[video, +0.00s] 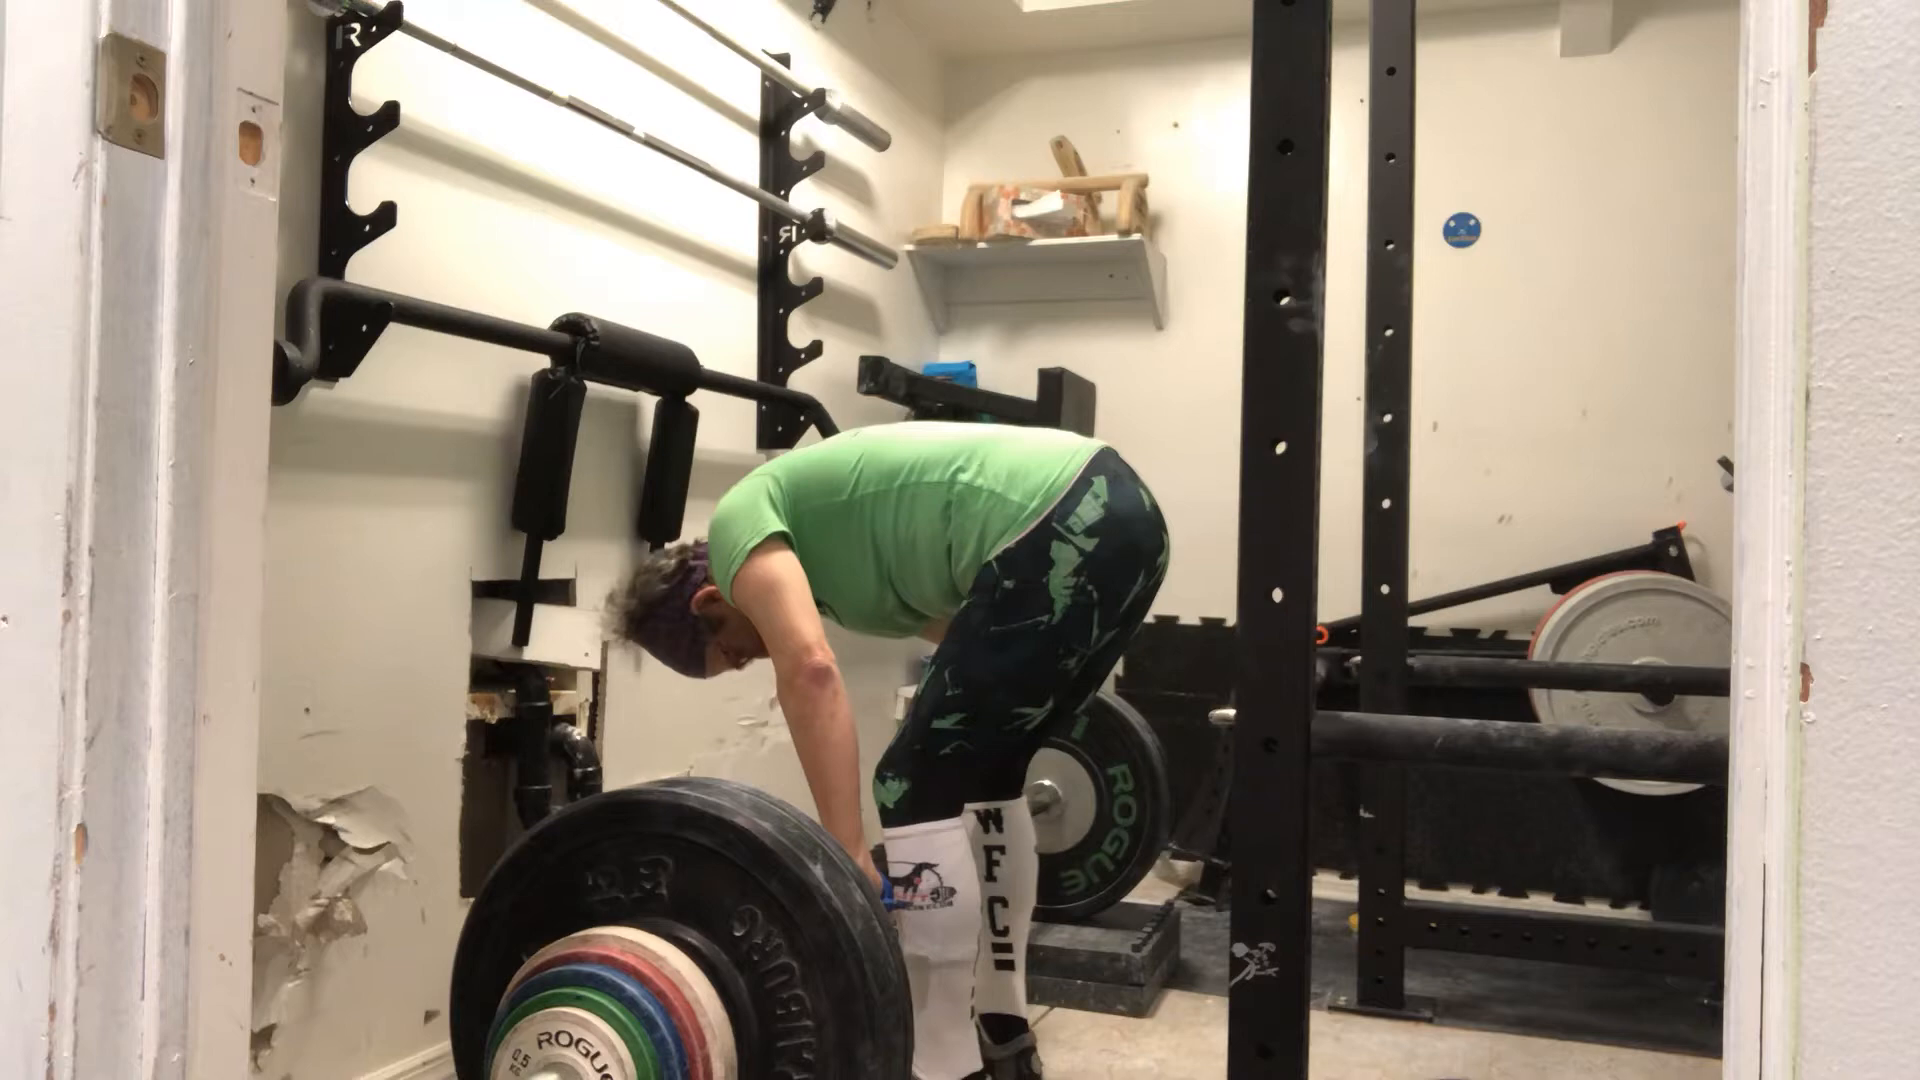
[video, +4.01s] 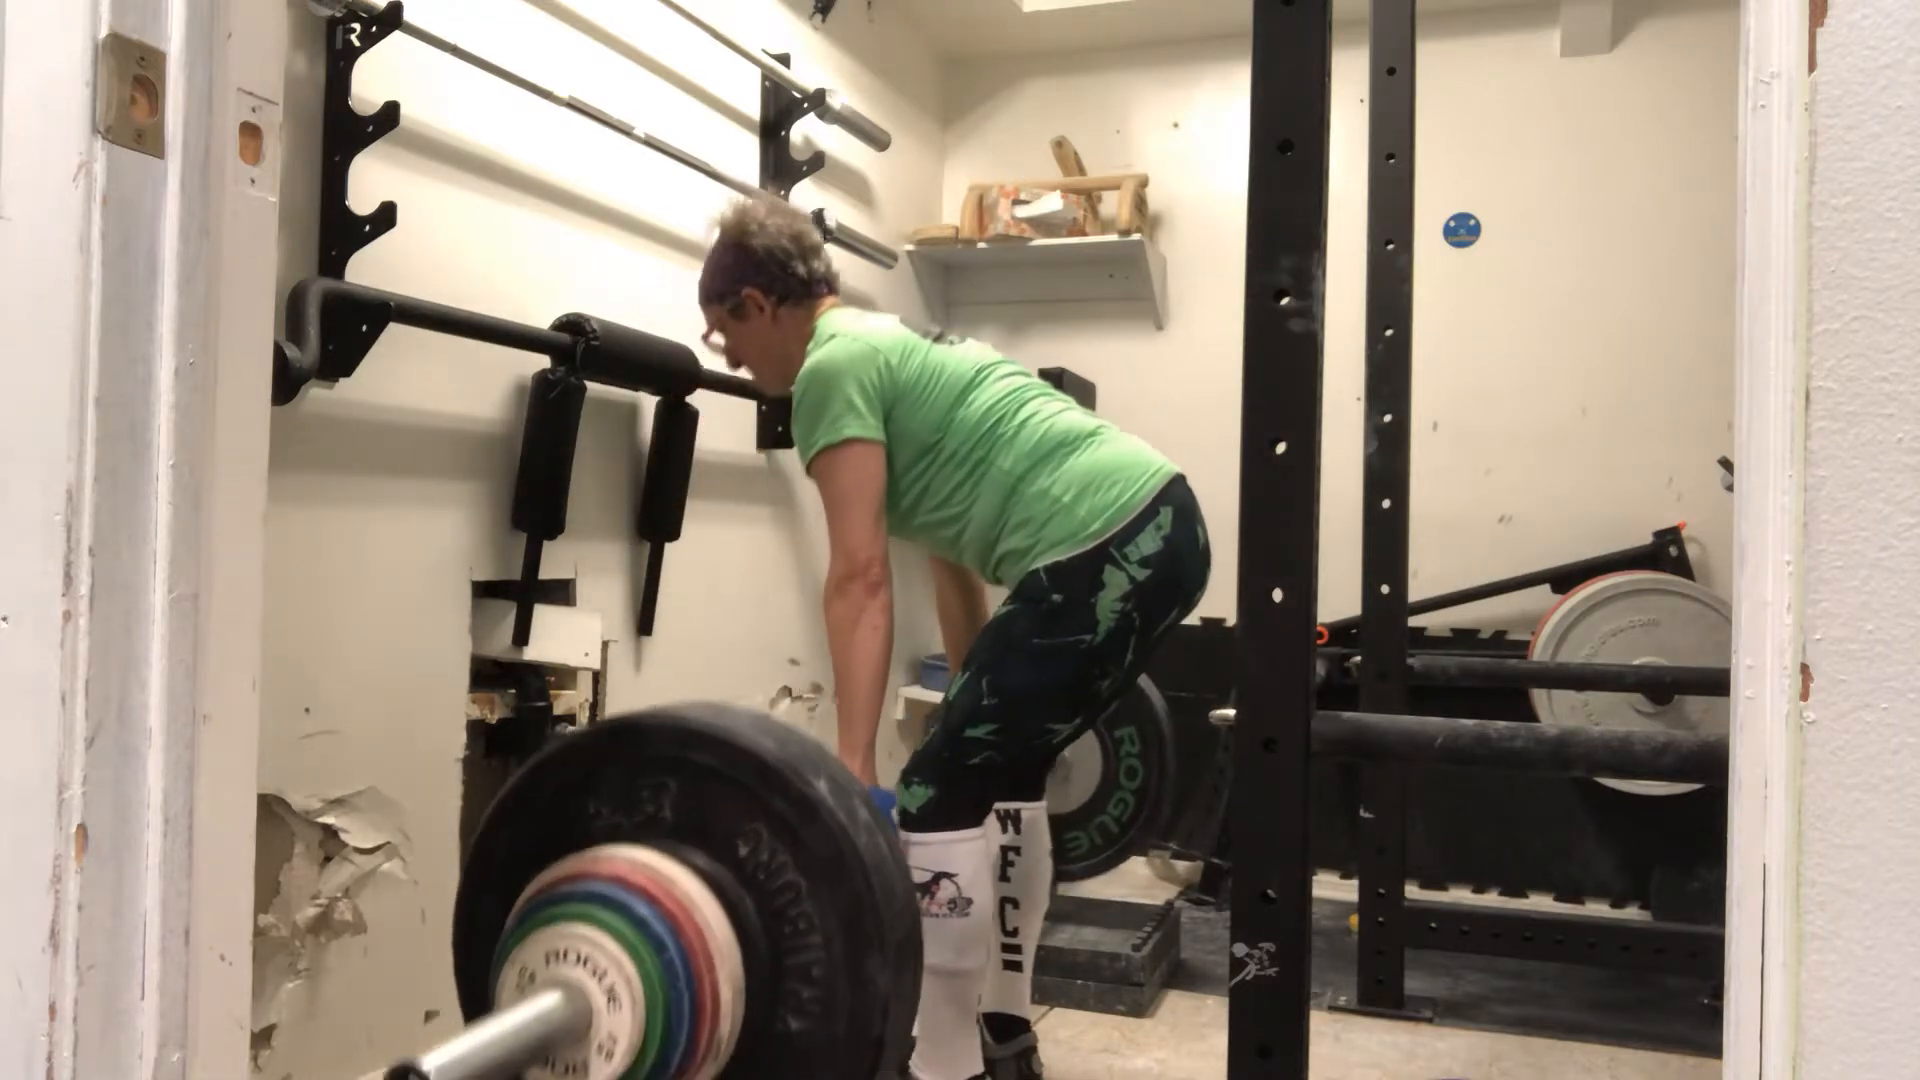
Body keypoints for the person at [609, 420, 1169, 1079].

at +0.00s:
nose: (752, 661)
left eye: (730, 650)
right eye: (734, 665)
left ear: (710, 602)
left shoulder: (741, 525)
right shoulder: (851, 571)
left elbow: (811, 667)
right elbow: (968, 632)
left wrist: (848, 851)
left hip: (1067, 521)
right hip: (1115, 519)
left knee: (911, 788)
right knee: (986, 782)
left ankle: (941, 1055)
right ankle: (1000, 1035)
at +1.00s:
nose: (772, 658)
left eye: (752, 646)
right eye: (755, 661)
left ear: (731, 597)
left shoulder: (764, 522)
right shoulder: (874, 568)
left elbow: (819, 668)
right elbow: (972, 638)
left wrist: (851, 857)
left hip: (1084, 531)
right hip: (1136, 530)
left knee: (908, 790)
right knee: (995, 784)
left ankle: (942, 1050)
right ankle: (1001, 1033)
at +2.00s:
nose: (687, 561)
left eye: (669, 545)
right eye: (669, 564)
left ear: (668, 482)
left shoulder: (732, 480)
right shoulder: (795, 453)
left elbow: (803, 659)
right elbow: (925, 628)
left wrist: (846, 840)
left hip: (1067, 540)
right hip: (1106, 513)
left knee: (910, 797)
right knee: (978, 781)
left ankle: (941, 1058)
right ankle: (998, 1031)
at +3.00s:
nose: (677, 439)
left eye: (672, 418)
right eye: (666, 423)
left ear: (704, 389)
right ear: (754, 372)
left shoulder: (778, 445)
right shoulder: (828, 415)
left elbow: (829, 648)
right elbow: (923, 597)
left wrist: (835, 834)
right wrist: (963, 713)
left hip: (1085, 564)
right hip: (1128, 538)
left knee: (892, 803)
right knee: (976, 788)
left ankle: (943, 1060)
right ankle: (999, 1028)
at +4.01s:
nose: (724, 350)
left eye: (724, 326)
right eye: (715, 332)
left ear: (764, 302)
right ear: (793, 296)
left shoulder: (835, 364)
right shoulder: (892, 347)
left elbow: (859, 581)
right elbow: (954, 563)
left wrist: (854, 764)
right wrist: (975, 704)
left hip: (1097, 553)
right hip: (1152, 526)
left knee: (932, 799)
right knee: (1003, 781)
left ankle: (943, 1063)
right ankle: (1003, 1031)